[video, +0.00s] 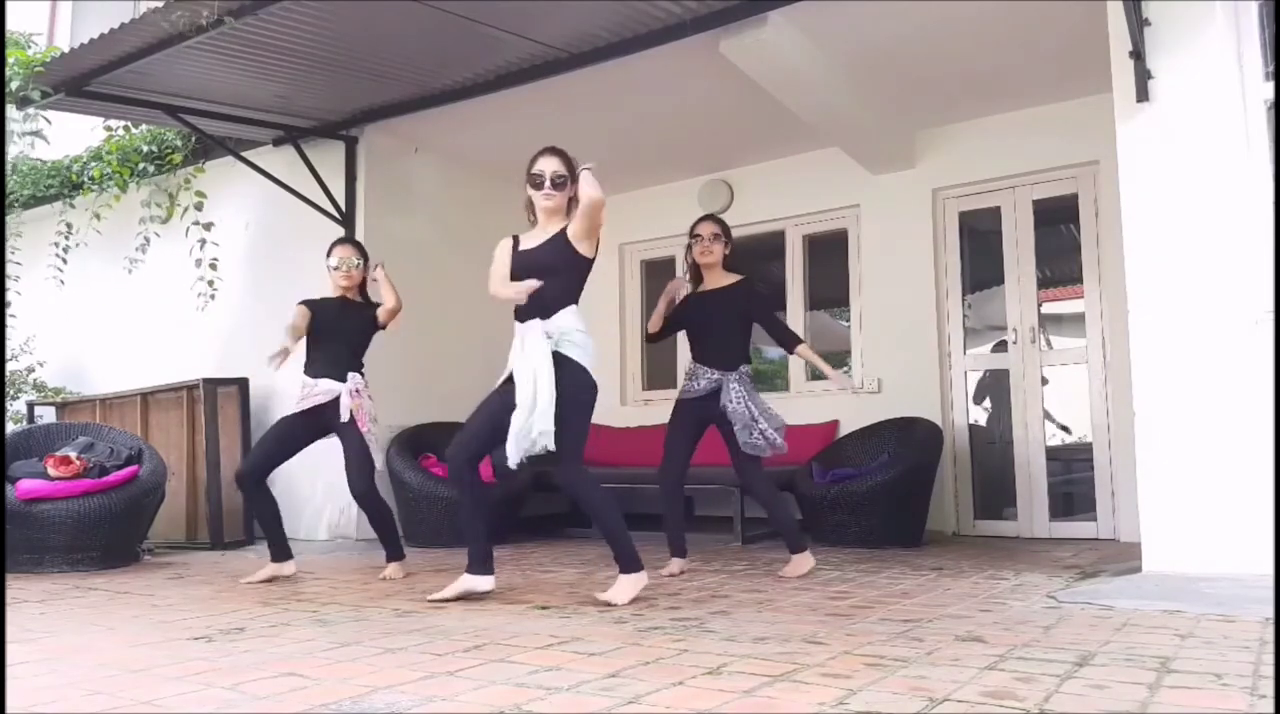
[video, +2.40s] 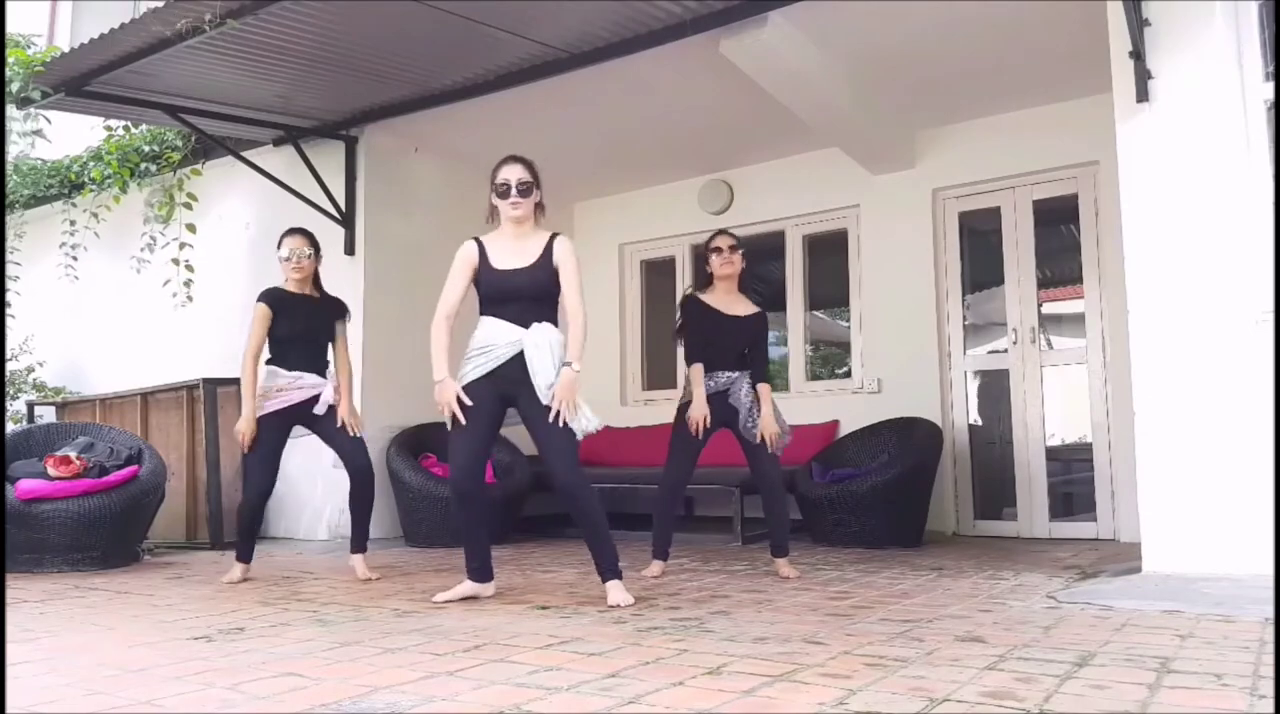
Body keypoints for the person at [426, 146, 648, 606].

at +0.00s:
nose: (548, 187)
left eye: (557, 180)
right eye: (539, 180)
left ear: (571, 188)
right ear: (527, 187)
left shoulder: (581, 233)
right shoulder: (511, 243)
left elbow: (592, 198)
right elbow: (496, 287)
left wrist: (586, 174)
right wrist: (519, 289)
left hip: (568, 364)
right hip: (525, 366)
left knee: (568, 470)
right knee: (460, 454)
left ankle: (632, 571)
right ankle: (479, 571)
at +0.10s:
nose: (537, 191)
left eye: (547, 185)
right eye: (528, 184)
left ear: (560, 194)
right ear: (516, 191)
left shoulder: (573, 241)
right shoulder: (500, 254)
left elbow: (565, 218)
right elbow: (491, 304)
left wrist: (574, 185)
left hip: (556, 363)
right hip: (505, 361)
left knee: (576, 469)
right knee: (474, 468)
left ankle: (621, 565)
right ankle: (467, 571)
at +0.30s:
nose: (528, 174)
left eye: (539, 168)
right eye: (520, 168)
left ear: (553, 179)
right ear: (507, 177)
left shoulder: (569, 229)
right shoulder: (484, 235)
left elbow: (616, 258)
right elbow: (437, 287)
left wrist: (612, 202)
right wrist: (397, 266)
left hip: (549, 355)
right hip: (492, 354)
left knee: (585, 456)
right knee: (471, 468)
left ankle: (600, 569)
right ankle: (464, 572)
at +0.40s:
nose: (531, 167)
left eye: (542, 161)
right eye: (523, 161)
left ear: (555, 173)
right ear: (510, 172)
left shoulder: (570, 226)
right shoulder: (486, 229)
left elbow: (608, 256)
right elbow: (436, 268)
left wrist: (625, 271)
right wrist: (412, 300)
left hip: (551, 351)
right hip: (498, 353)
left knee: (581, 464)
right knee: (477, 464)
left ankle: (616, 575)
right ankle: (482, 576)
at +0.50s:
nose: (536, 171)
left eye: (546, 164)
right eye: (527, 164)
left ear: (560, 175)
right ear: (515, 173)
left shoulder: (573, 228)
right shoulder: (492, 234)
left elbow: (599, 286)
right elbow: (459, 299)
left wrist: (611, 339)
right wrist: (447, 356)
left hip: (560, 352)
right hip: (506, 354)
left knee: (582, 465)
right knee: (482, 462)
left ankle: (616, 576)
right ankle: (482, 576)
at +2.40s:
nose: (514, 195)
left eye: (523, 187)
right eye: (504, 189)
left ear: (538, 194)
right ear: (493, 197)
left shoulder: (557, 246)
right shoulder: (475, 250)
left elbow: (574, 312)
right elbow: (442, 316)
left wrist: (572, 371)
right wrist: (442, 378)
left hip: (541, 368)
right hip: (483, 369)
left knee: (568, 475)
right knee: (462, 474)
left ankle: (612, 579)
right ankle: (479, 577)